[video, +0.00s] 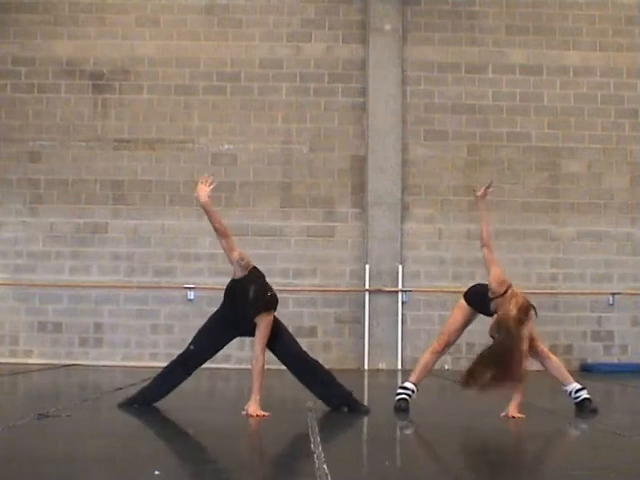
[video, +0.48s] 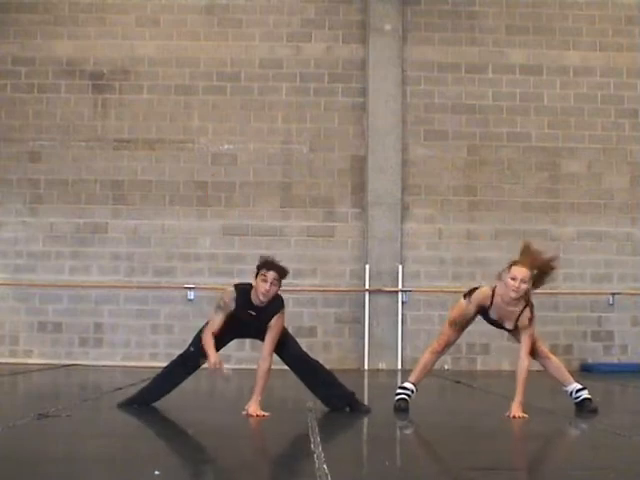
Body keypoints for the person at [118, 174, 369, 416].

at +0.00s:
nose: (253, 310)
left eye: (256, 308)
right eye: (247, 303)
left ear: (264, 306)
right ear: (243, 281)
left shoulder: (266, 312)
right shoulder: (242, 269)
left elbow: (259, 357)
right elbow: (223, 234)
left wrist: (255, 400)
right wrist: (205, 203)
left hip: (261, 328)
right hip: (228, 319)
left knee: (300, 361)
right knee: (191, 357)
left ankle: (342, 400)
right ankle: (145, 397)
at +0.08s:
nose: (252, 301)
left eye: (258, 299)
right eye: (249, 295)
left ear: (268, 296)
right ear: (245, 280)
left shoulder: (266, 313)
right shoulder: (241, 267)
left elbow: (258, 357)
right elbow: (224, 235)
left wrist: (255, 401)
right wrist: (210, 204)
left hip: (260, 326)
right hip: (227, 322)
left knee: (301, 361)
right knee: (190, 358)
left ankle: (344, 400)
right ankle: (145, 396)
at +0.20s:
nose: (266, 276)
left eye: (273, 275)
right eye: (264, 269)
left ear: (277, 281)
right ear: (256, 265)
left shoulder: (265, 308)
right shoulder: (242, 267)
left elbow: (258, 356)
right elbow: (225, 232)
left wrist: (255, 401)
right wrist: (219, 201)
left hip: (258, 327)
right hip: (226, 321)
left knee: (300, 362)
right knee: (189, 358)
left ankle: (343, 401)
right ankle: (144, 397)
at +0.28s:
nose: (269, 275)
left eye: (276, 273)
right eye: (267, 268)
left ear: (279, 279)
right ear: (257, 266)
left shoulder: (270, 306)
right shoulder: (240, 266)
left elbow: (261, 355)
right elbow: (213, 240)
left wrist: (255, 401)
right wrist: (230, 225)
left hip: (259, 328)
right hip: (226, 322)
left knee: (300, 361)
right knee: (189, 357)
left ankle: (343, 401)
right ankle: (143, 397)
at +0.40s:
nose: (271, 280)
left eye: (277, 278)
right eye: (268, 273)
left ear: (281, 283)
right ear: (258, 272)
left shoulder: (276, 311)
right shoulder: (239, 282)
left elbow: (265, 358)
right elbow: (195, 296)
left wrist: (255, 401)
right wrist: (220, 294)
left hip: (264, 330)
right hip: (230, 322)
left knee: (302, 361)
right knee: (192, 357)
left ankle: (344, 401)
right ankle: (143, 397)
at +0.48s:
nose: (268, 288)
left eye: (274, 284)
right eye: (265, 281)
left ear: (279, 288)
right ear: (254, 279)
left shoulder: (276, 311)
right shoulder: (234, 295)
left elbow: (266, 359)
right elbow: (208, 332)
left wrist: (256, 401)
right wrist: (212, 355)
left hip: (266, 331)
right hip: (229, 329)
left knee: (302, 361)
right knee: (188, 359)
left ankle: (344, 401)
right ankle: (142, 398)